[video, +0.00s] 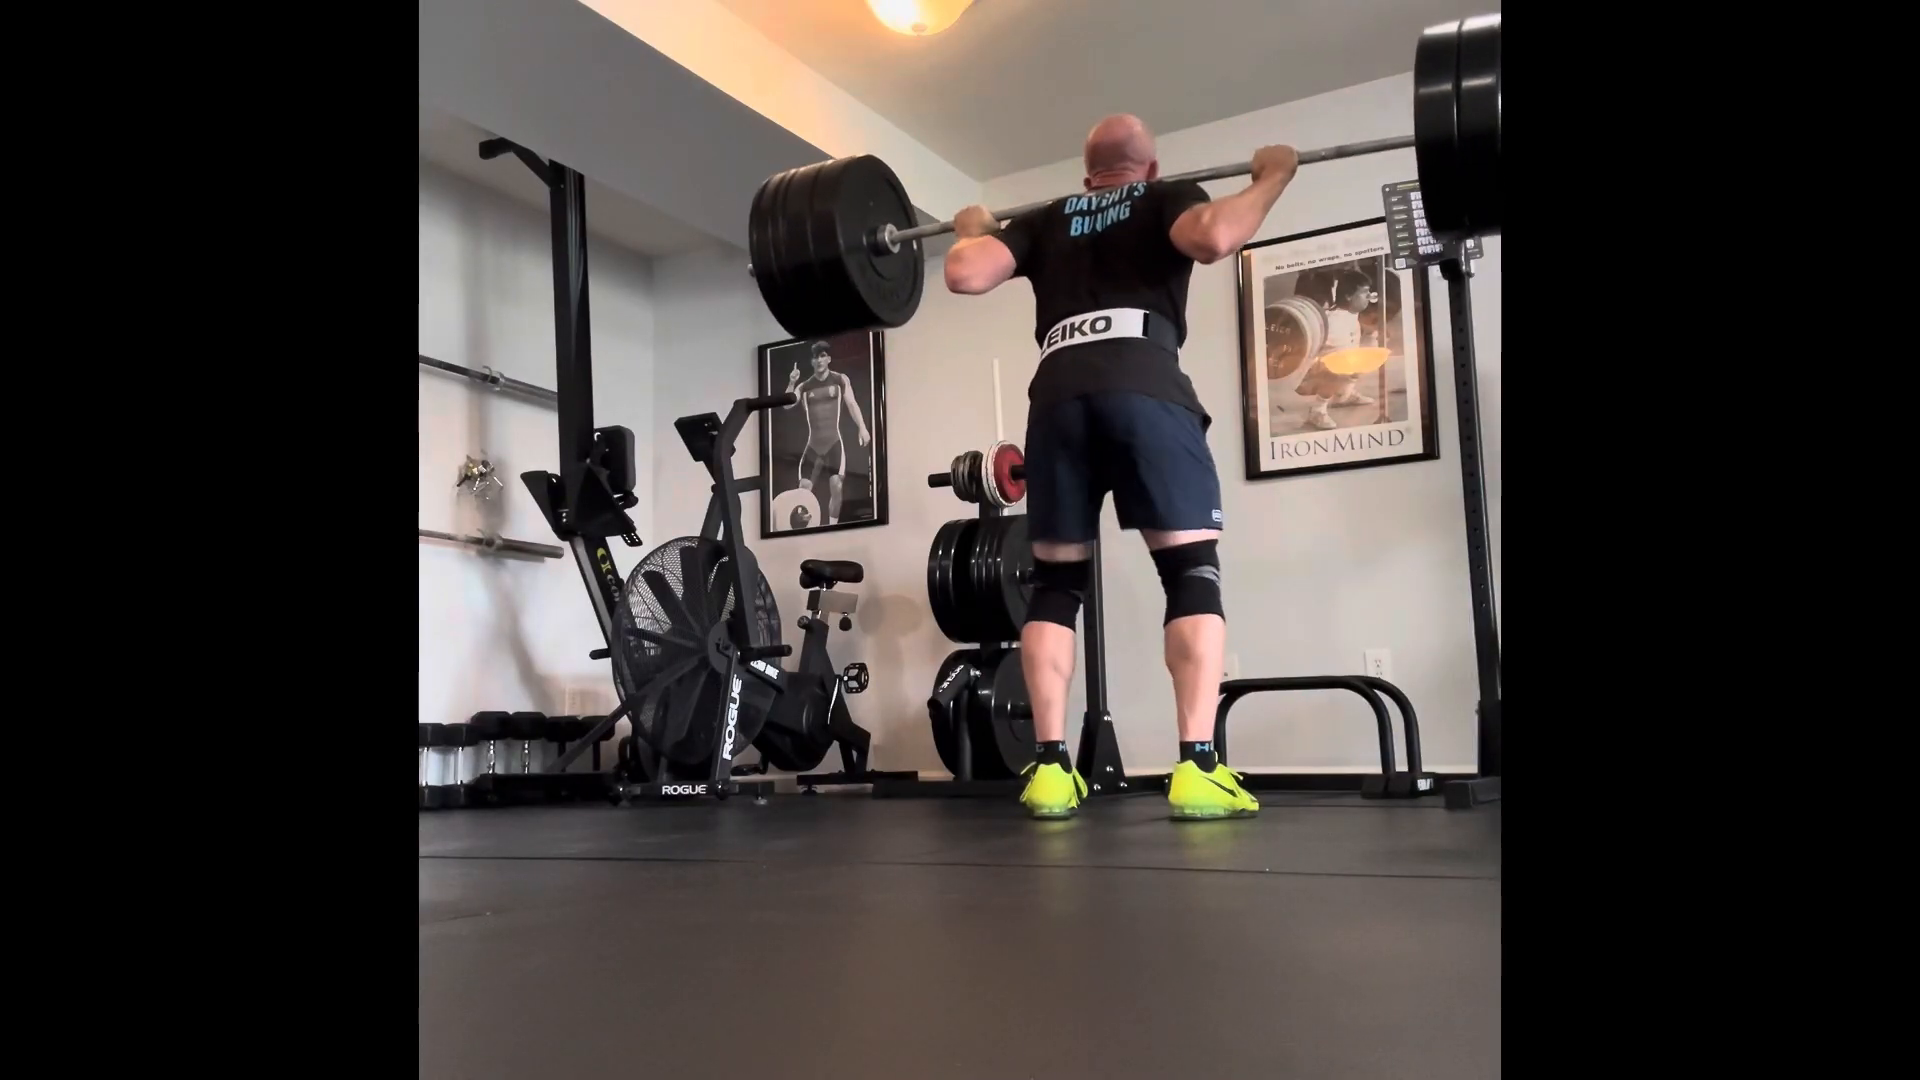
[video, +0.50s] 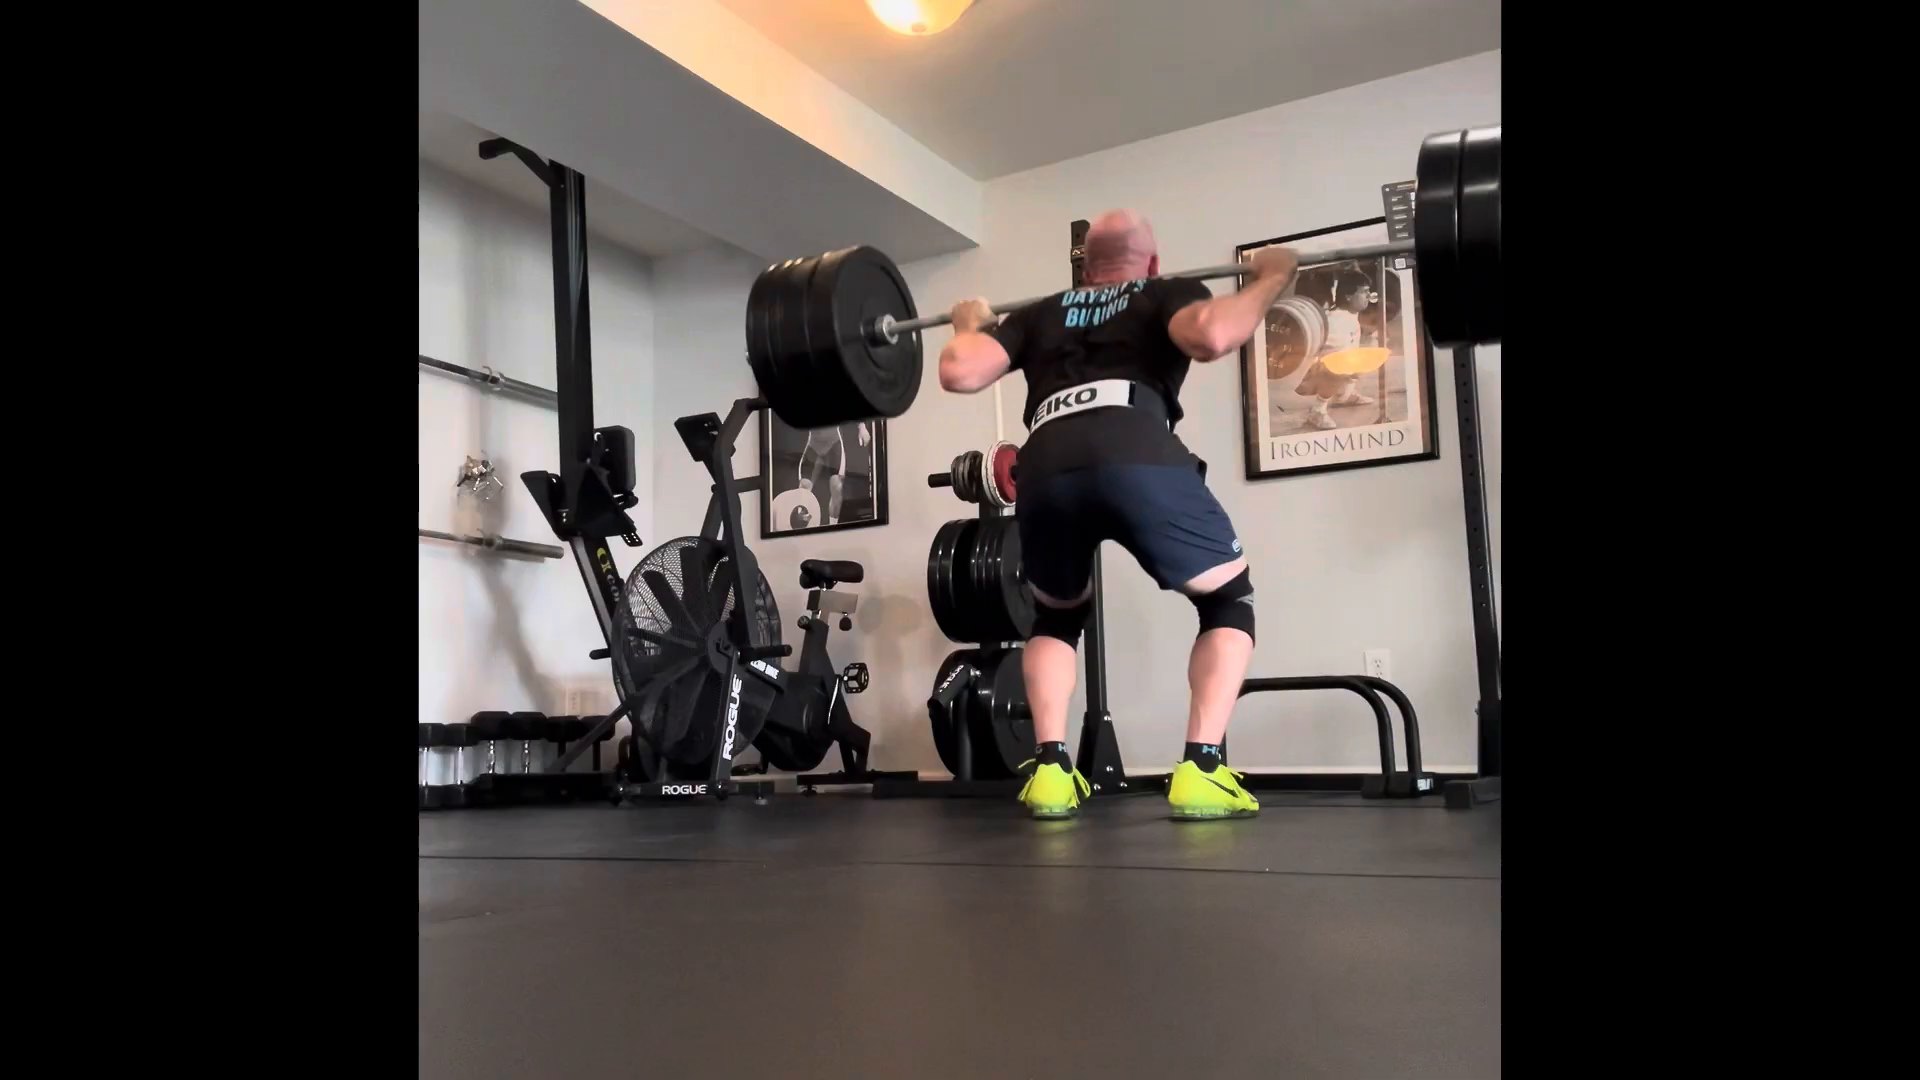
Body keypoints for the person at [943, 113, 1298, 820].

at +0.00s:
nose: (1143, 170)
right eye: (1149, 161)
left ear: (1084, 169)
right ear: (1151, 167)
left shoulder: (1043, 220)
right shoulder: (1164, 198)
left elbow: (963, 273)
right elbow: (1214, 235)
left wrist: (972, 227)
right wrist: (1270, 177)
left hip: (1056, 397)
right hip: (1147, 390)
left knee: (1055, 585)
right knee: (1190, 578)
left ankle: (1051, 764)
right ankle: (1198, 763)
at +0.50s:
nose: (1152, 264)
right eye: (1152, 256)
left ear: (1083, 263)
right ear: (1152, 262)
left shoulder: (1040, 313)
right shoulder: (1165, 291)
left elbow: (957, 374)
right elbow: (1214, 336)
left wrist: (967, 324)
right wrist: (1268, 280)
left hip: (1045, 460)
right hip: (1138, 449)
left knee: (1056, 616)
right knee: (1226, 603)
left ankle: (1050, 766)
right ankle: (1201, 766)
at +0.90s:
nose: (1158, 341)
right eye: (1158, 335)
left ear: (1091, 343)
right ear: (1156, 340)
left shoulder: (1040, 388)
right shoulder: (1169, 371)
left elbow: (957, 459)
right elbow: (1216, 419)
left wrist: (967, 403)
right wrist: (1277, 363)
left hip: (1035, 521)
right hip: (1129, 507)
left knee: (1056, 626)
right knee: (1235, 611)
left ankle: (1050, 768)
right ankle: (1202, 767)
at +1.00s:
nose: (1162, 356)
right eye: (1161, 350)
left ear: (1094, 358)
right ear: (1157, 355)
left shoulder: (1040, 404)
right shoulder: (1171, 387)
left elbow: (960, 477)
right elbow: (1218, 438)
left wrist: (969, 416)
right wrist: (1279, 380)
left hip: (1035, 541)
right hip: (1132, 529)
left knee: (1055, 632)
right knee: (1235, 615)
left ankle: (1050, 769)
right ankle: (1202, 767)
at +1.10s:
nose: (1164, 368)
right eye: (1163, 362)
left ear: (1097, 368)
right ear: (1158, 367)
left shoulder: (1041, 418)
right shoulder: (1174, 401)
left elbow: (961, 494)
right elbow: (1219, 454)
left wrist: (970, 429)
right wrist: (1281, 395)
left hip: (1035, 554)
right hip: (1131, 542)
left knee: (1056, 636)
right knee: (1239, 615)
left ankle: (1051, 769)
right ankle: (1203, 767)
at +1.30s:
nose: (1167, 396)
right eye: (1166, 388)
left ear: (1100, 397)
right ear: (1165, 394)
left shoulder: (1045, 441)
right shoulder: (1176, 426)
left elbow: (964, 520)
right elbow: (1222, 481)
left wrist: (972, 454)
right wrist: (1287, 421)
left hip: (1037, 576)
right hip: (1136, 566)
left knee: (1052, 642)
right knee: (1244, 615)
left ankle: (1053, 768)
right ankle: (1203, 767)